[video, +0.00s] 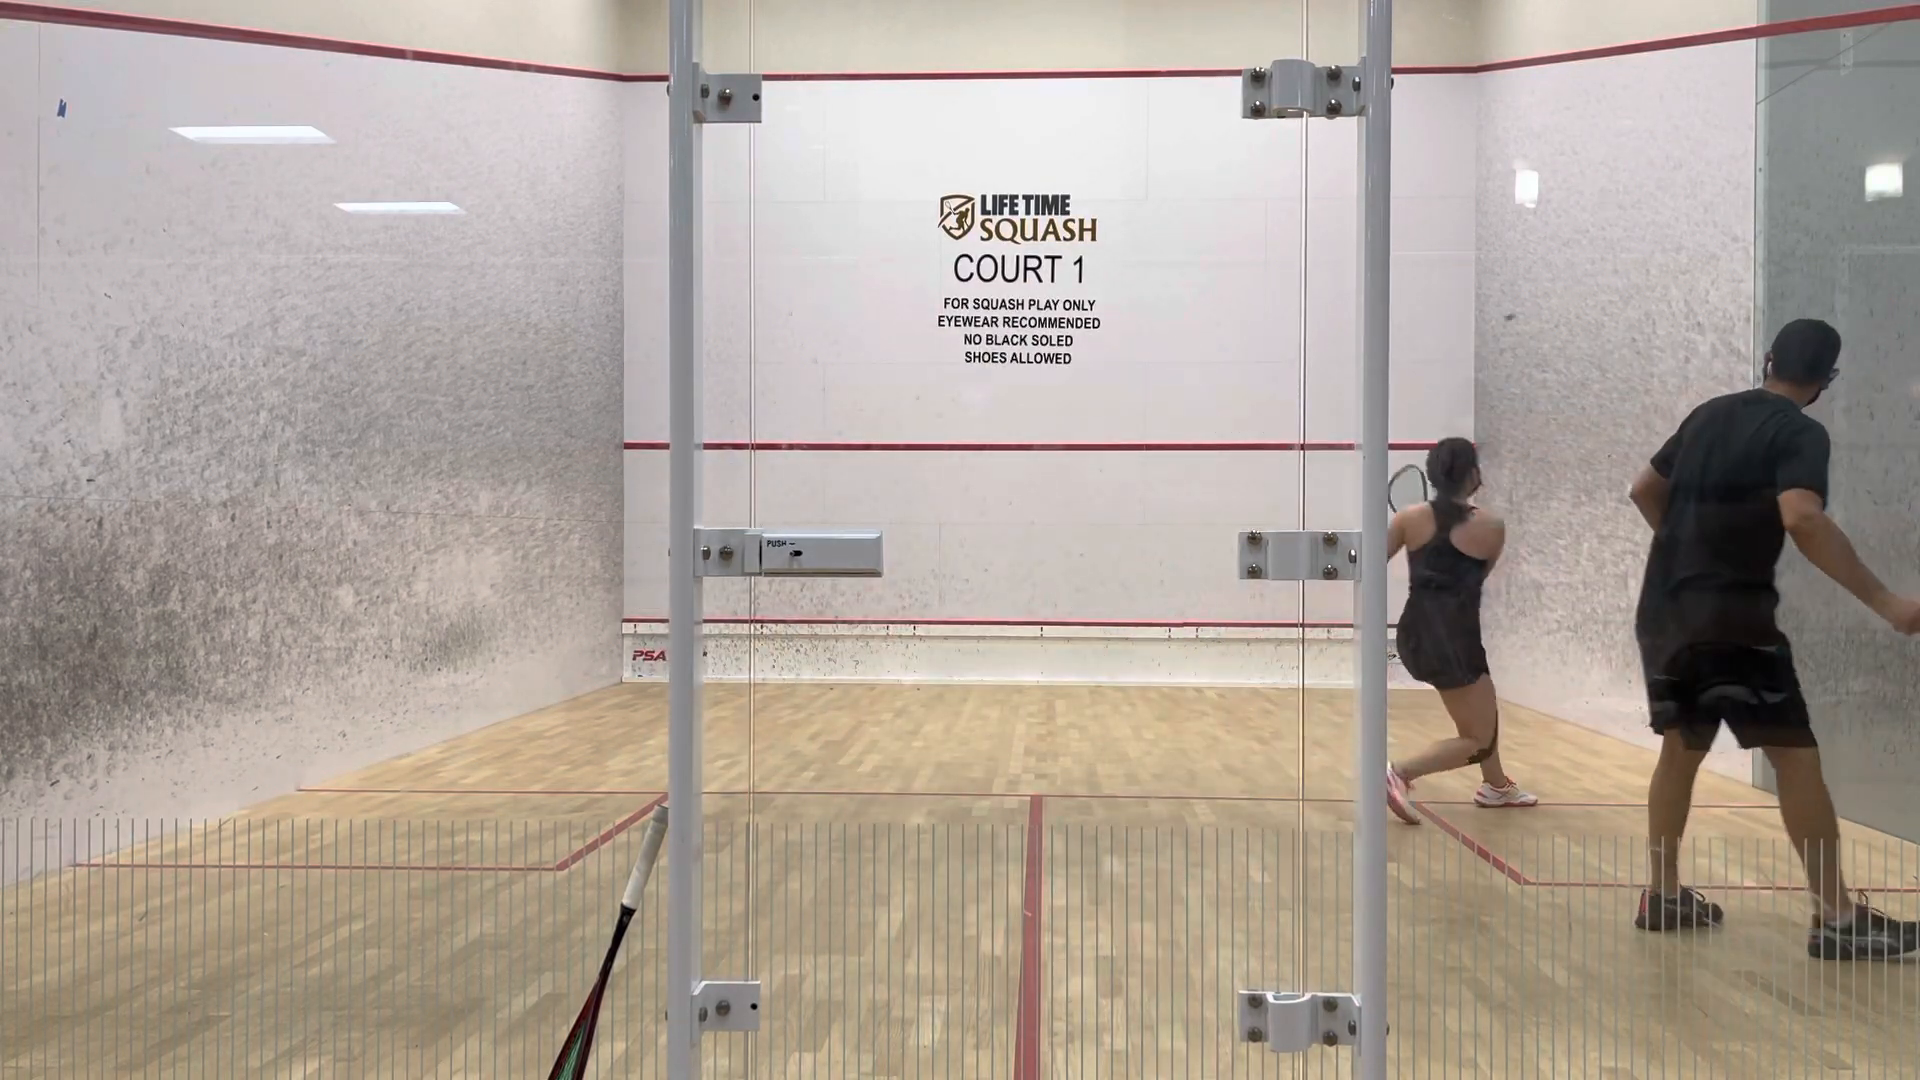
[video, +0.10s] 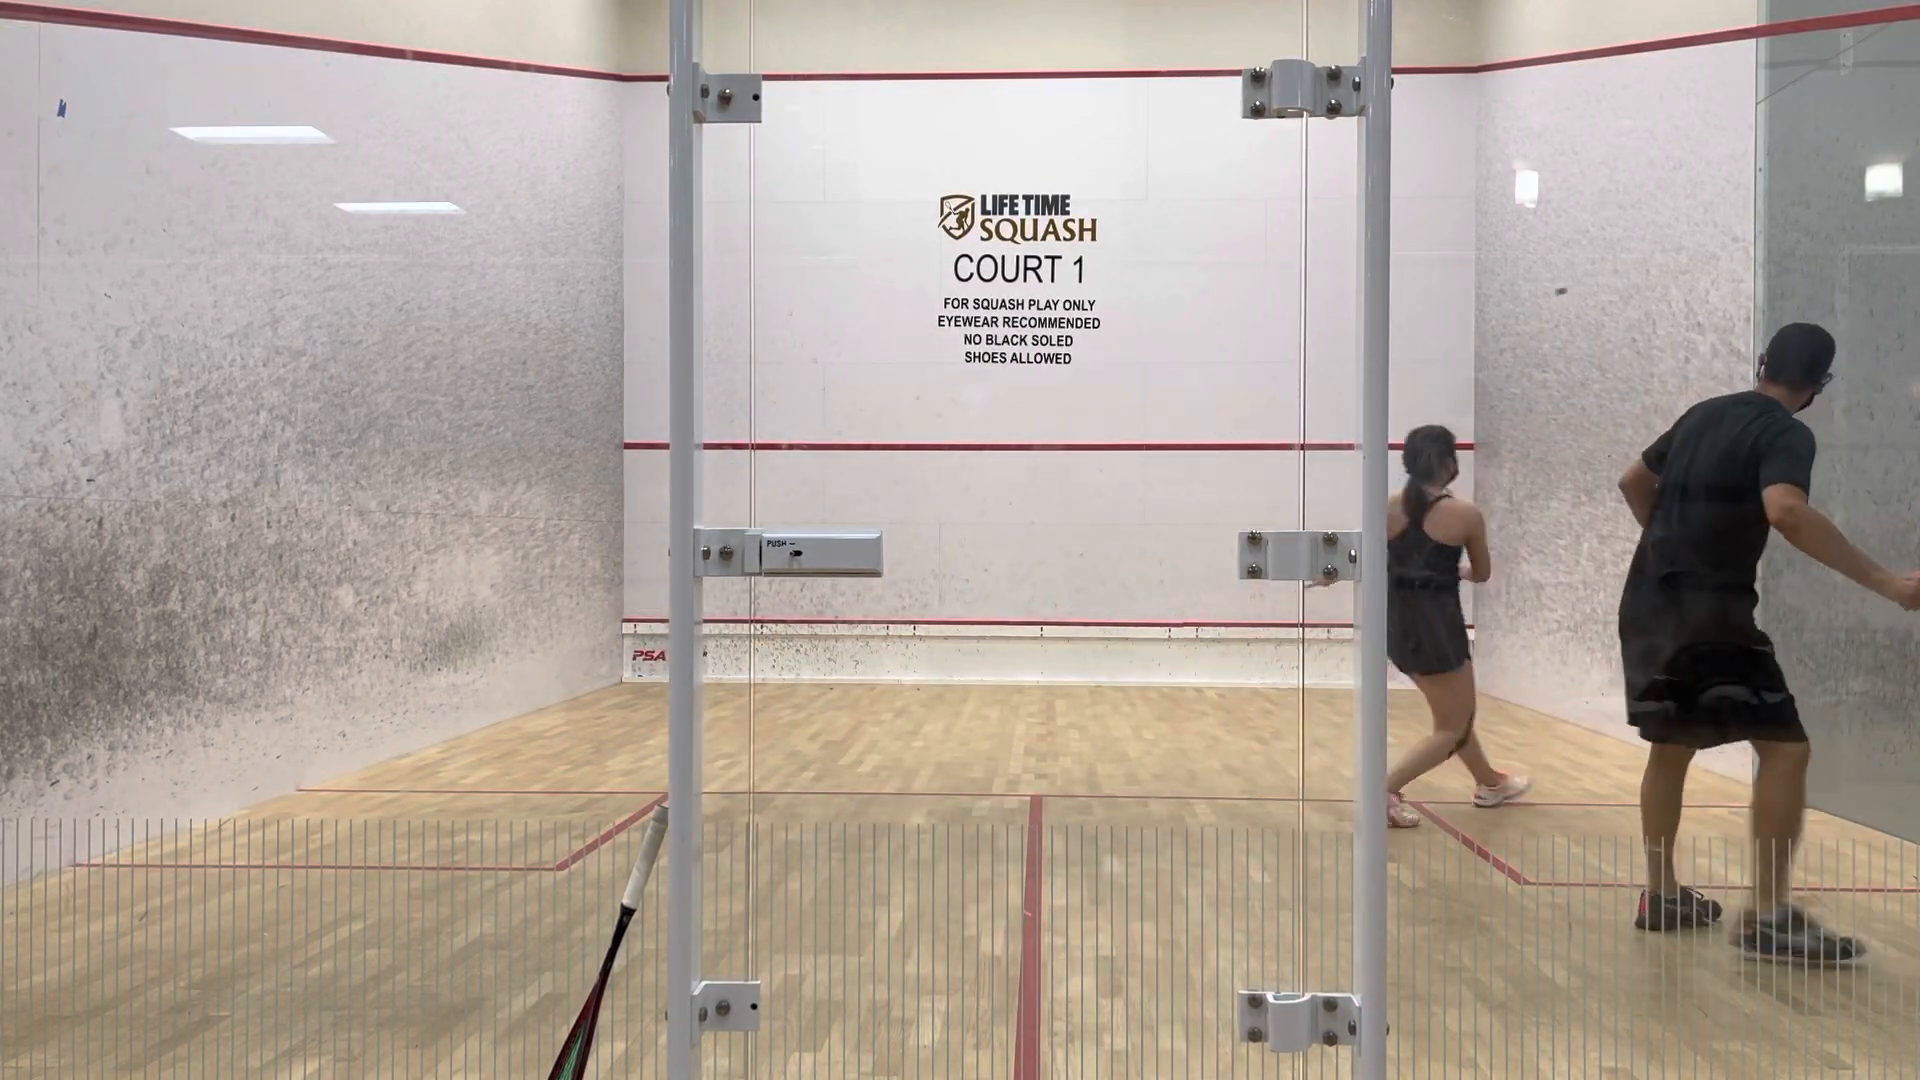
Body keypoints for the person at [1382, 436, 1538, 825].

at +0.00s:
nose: (1479, 473)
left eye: (1475, 467)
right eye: (1477, 468)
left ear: (1434, 474)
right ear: (1473, 476)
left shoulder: (1411, 520)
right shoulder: (1490, 527)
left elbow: (1370, 560)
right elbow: (1480, 572)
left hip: (1416, 636)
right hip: (1456, 641)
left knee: (1475, 700)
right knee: (1479, 742)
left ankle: (1496, 784)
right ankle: (1401, 773)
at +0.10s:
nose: (1456, 463)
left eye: (1454, 457)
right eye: (1454, 457)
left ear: (1408, 463)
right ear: (1449, 464)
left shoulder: (1392, 508)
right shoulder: (1465, 515)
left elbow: (1370, 551)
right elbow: (1481, 573)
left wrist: (1330, 569)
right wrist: (1446, 566)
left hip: (1397, 628)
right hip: (1439, 631)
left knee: (1457, 715)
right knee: (1452, 731)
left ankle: (1488, 782)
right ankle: (1385, 790)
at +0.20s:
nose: (1435, 452)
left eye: (1433, 444)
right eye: (1432, 445)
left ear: (1386, 451)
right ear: (1420, 452)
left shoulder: (1360, 501)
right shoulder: (1440, 504)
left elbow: (1335, 552)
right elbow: (1467, 565)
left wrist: (1322, 590)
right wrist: (1460, 569)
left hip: (1375, 627)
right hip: (1417, 630)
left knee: (1431, 706)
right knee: (1426, 725)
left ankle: (1456, 778)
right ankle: (1374, 798)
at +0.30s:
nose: (1416, 444)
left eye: (1413, 436)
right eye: (1412, 437)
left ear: (1371, 437)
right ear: (1400, 441)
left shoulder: (1341, 489)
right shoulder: (1416, 493)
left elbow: (1317, 540)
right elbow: (1441, 557)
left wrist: (1319, 579)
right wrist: (1460, 571)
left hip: (1352, 609)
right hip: (1396, 612)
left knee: (1395, 698)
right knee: (1413, 714)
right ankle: (1369, 802)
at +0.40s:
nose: (1399, 436)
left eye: (1396, 428)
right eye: (1395, 430)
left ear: (1346, 433)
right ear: (1388, 437)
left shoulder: (1325, 483)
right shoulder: (1393, 487)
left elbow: (1296, 537)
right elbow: (1413, 555)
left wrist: (1327, 561)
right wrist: (1447, 572)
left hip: (1330, 605)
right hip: (1377, 606)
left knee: (1361, 689)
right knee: (1397, 707)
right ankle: (1372, 802)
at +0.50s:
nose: (1366, 437)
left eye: (1364, 428)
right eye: (1361, 430)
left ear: (1327, 434)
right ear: (1347, 434)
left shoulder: (1308, 478)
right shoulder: (1350, 484)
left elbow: (1280, 533)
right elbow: (1374, 550)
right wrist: (1420, 576)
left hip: (1310, 602)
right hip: (1348, 605)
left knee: (1316, 702)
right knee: (1385, 695)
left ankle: (1251, 754)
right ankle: (1370, 802)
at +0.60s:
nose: (1352, 441)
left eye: (1350, 433)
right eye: (1344, 434)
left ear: (1310, 442)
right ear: (1320, 440)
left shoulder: (1286, 489)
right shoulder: (1333, 493)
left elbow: (1263, 541)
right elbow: (1343, 559)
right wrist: (1391, 584)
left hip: (1278, 606)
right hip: (1321, 608)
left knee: (1265, 707)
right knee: (1363, 704)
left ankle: (1196, 772)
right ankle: (1370, 804)